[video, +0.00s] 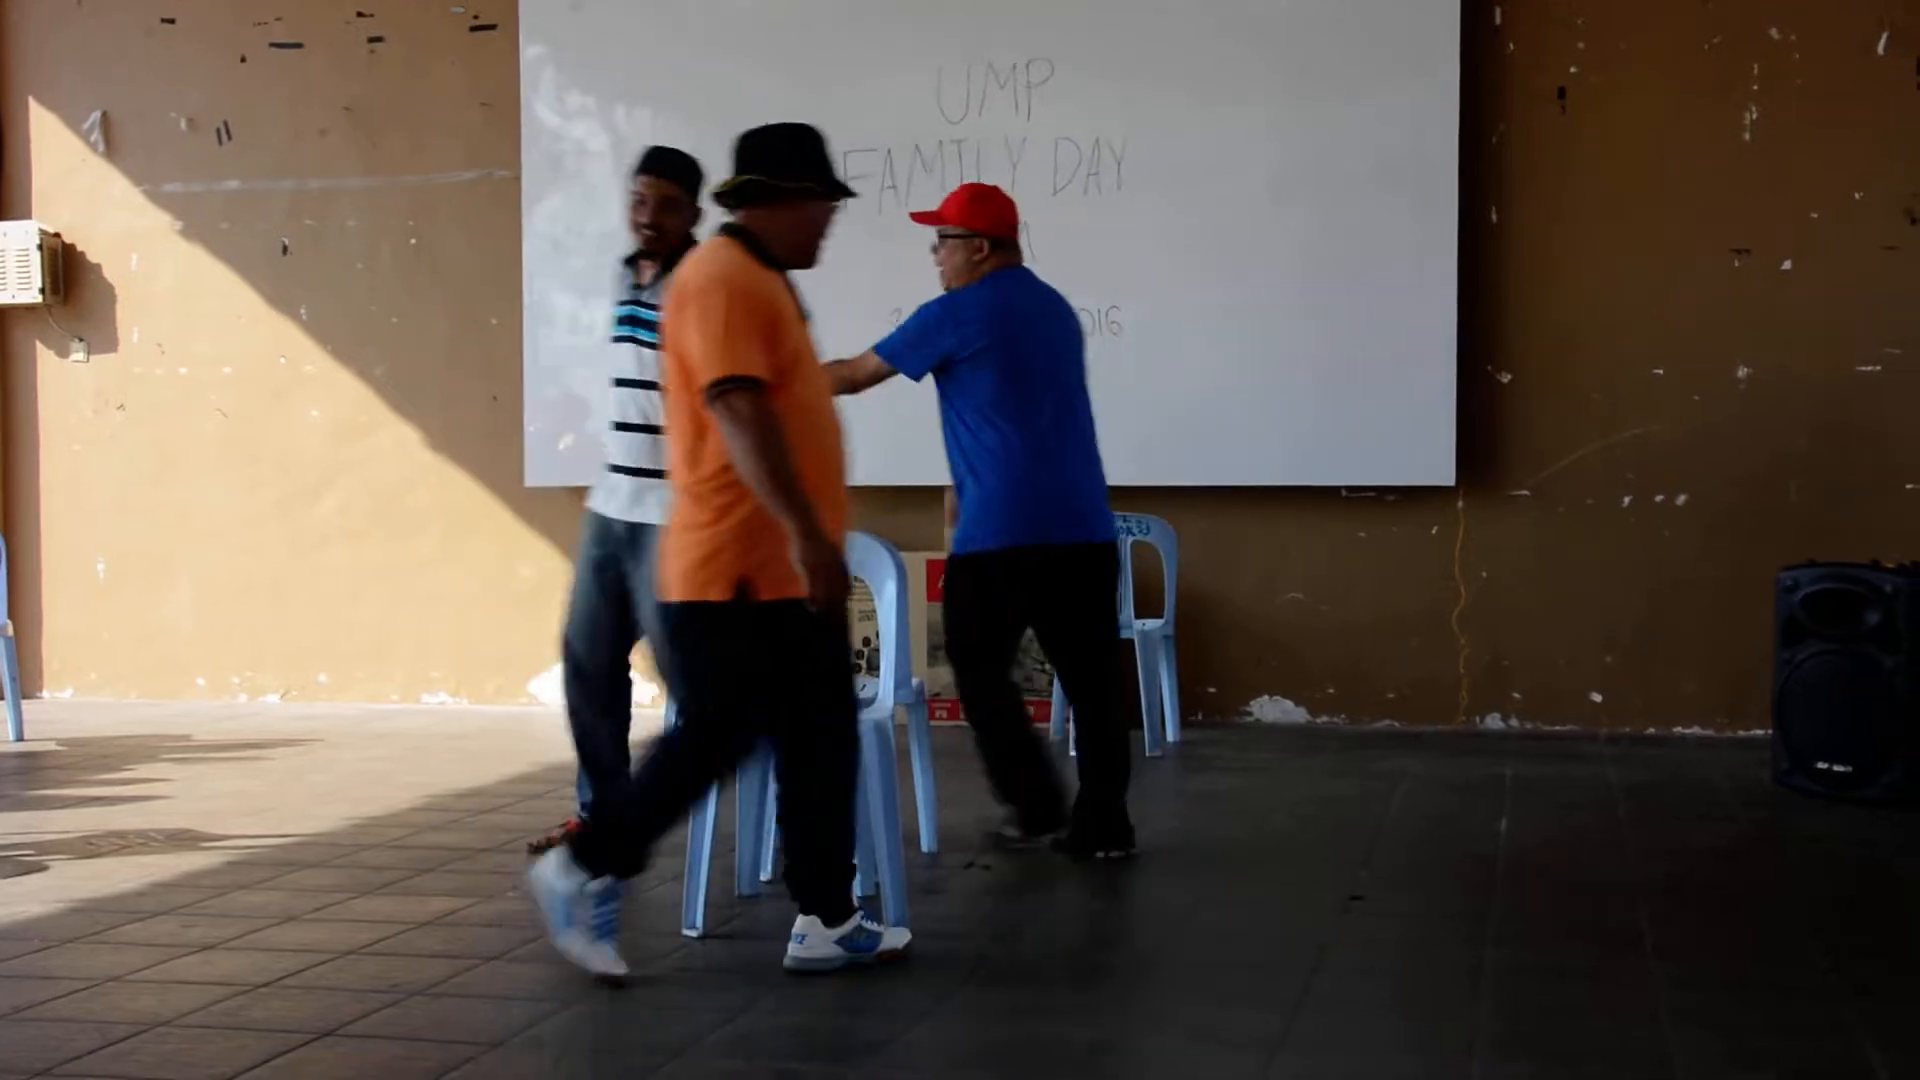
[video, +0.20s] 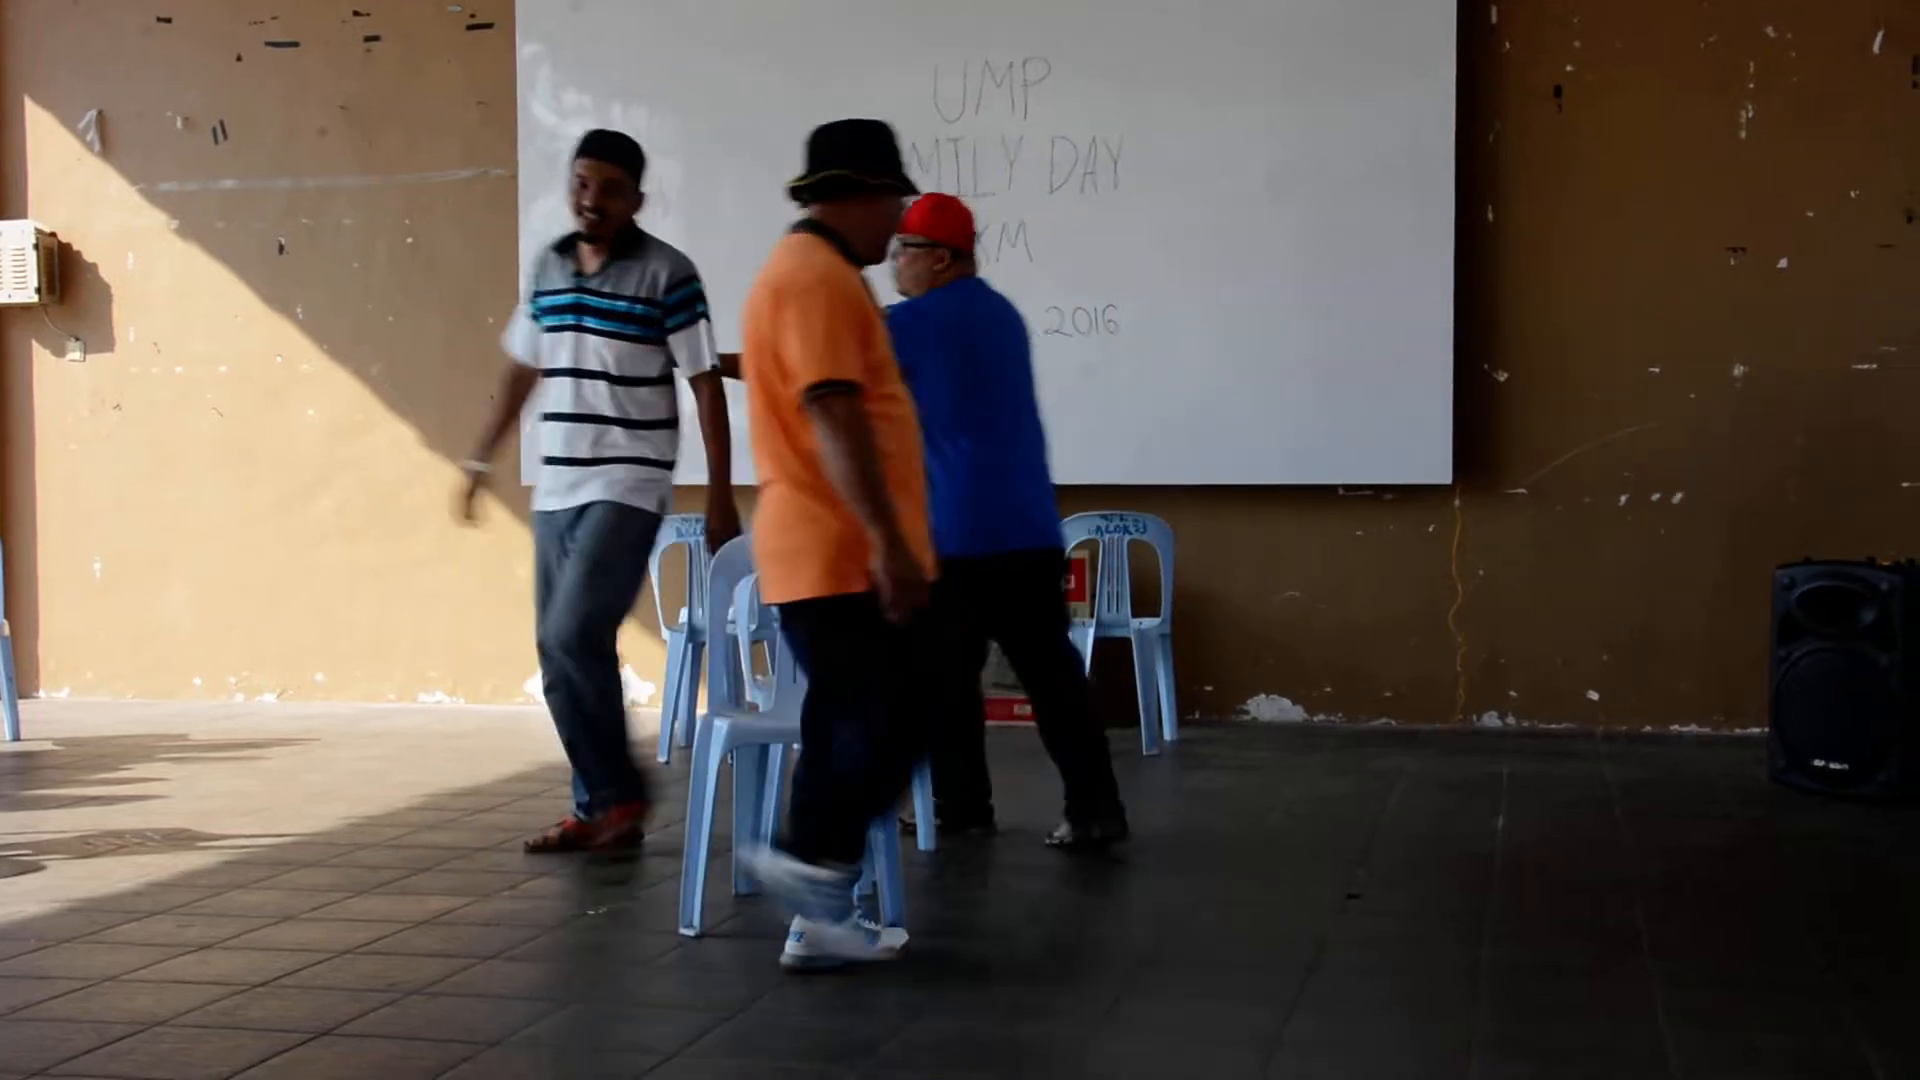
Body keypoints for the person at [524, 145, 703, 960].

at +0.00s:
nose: (645, 215)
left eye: (662, 204)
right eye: (639, 201)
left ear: (692, 212)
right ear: (628, 204)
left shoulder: (701, 285)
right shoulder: (628, 278)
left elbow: (714, 386)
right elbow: (631, 385)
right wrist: (615, 473)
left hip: (671, 514)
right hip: (609, 502)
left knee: (694, 683)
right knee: (588, 661)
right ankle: (606, 819)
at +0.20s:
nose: (590, 200)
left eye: (607, 189)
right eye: (581, 185)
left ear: (636, 196)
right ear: (569, 188)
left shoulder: (667, 273)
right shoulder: (549, 267)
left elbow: (706, 386)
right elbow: (523, 366)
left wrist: (721, 492)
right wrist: (481, 455)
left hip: (630, 484)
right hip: (557, 485)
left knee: (572, 635)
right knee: (557, 648)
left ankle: (622, 799)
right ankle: (594, 809)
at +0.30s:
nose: (565, 191)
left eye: (583, 180)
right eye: (555, 176)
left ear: (610, 191)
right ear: (542, 181)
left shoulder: (638, 269)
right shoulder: (514, 266)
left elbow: (692, 377)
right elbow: (473, 365)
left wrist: (703, 489)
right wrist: (415, 448)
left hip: (605, 484)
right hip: (533, 488)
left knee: (542, 636)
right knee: (574, 648)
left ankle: (519, 827)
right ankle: (608, 809)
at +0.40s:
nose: (535, 186)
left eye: (553, 177)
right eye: (527, 171)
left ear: (580, 191)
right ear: (510, 178)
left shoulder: (609, 272)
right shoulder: (476, 271)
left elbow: (659, 380)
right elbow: (431, 366)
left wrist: (671, 490)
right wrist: (365, 447)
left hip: (577, 498)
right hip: (503, 498)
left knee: (511, 648)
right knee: (550, 656)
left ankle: (441, 828)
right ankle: (602, 805)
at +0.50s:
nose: (503, 181)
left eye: (521, 172)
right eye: (495, 169)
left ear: (552, 191)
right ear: (477, 182)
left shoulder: (584, 277)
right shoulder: (446, 275)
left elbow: (623, 388)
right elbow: (398, 374)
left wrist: (636, 501)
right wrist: (337, 458)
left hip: (540, 503)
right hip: (463, 502)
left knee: (467, 662)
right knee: (503, 658)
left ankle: (411, 849)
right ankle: (588, 793)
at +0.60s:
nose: (479, 181)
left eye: (497, 171)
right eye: (470, 167)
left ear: (527, 187)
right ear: (452, 177)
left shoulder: (558, 276)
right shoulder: (417, 270)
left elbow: (588, 398)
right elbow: (380, 377)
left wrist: (598, 509)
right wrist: (329, 468)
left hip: (508, 502)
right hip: (427, 500)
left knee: (432, 673)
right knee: (427, 674)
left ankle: (404, 854)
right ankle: (533, 759)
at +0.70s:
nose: (461, 175)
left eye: (480, 163)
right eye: (448, 160)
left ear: (504, 178)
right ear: (427, 169)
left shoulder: (537, 266)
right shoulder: (393, 264)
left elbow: (561, 390)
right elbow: (367, 378)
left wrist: (562, 499)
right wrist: (325, 475)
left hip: (486, 510)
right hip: (395, 503)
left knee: (429, 677)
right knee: (361, 660)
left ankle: (403, 850)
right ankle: (444, 761)